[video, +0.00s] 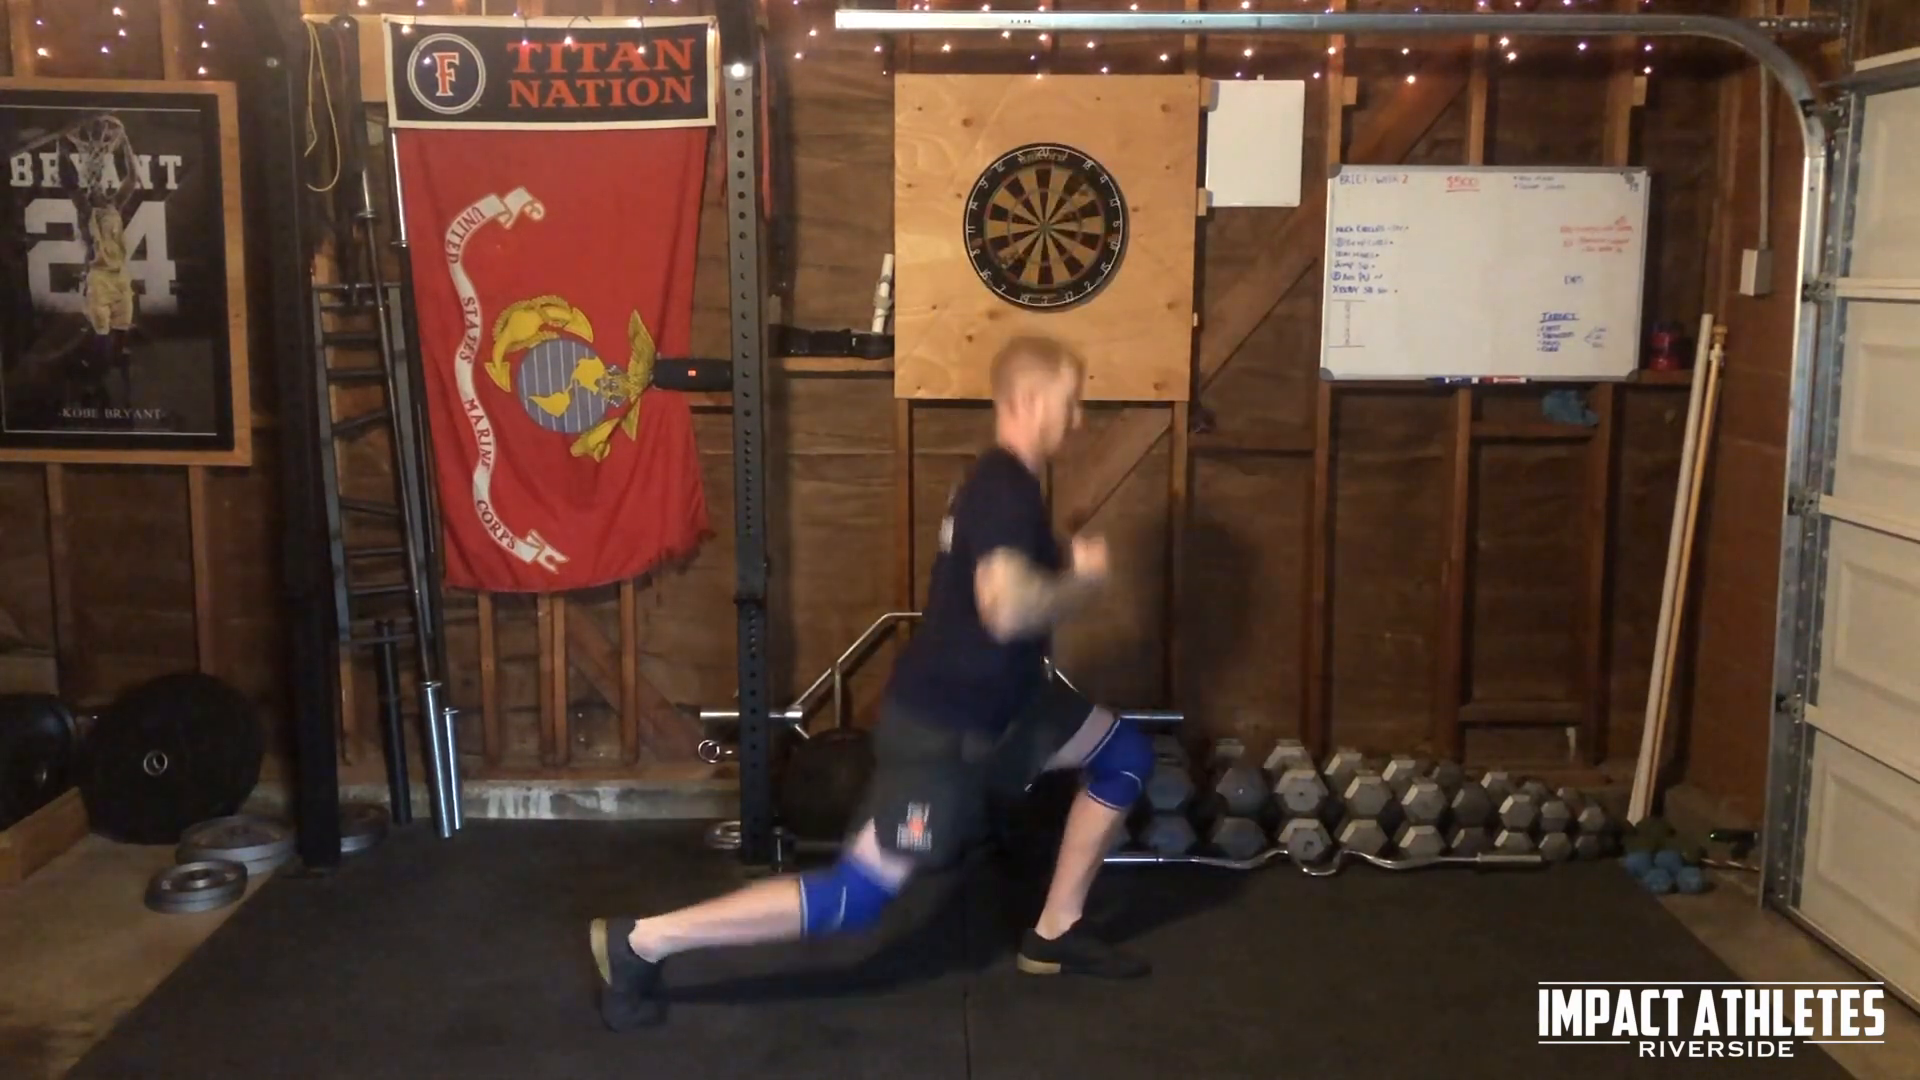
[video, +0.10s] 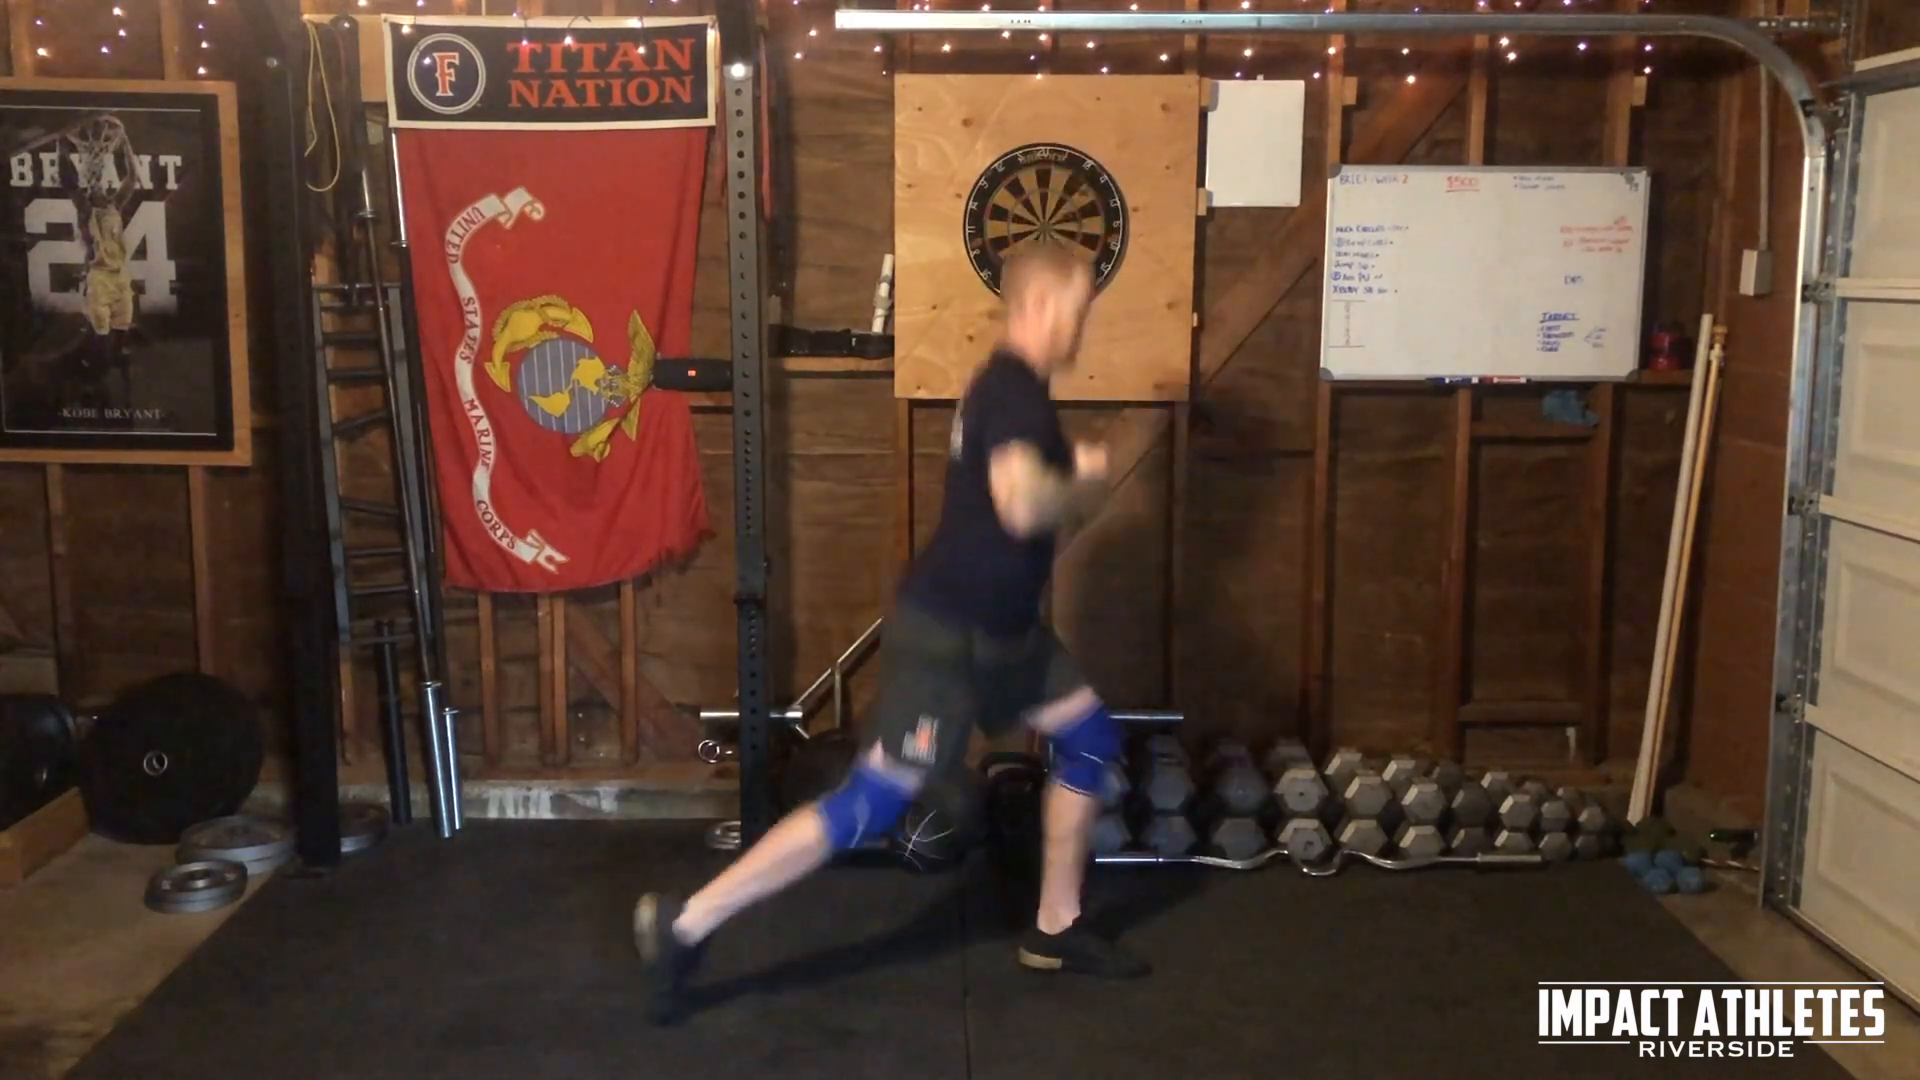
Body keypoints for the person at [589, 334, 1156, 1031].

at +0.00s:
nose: (1078, 418)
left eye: (1078, 402)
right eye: (1070, 401)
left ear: (1023, 404)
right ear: (1025, 404)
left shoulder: (1014, 481)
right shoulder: (1004, 488)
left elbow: (987, 572)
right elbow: (1005, 604)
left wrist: (1064, 560)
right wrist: (1083, 580)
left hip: (1008, 698)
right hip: (943, 716)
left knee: (1124, 757)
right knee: (856, 896)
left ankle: (1055, 932)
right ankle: (640, 941)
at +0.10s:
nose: (1082, 326)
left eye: (1085, 308)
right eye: (1075, 308)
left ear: (1046, 305)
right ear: (1034, 303)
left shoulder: (1024, 388)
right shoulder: (1011, 386)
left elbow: (1034, 502)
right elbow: (1023, 505)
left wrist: (1077, 482)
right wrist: (1084, 481)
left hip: (1008, 631)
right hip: (946, 630)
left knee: (1089, 742)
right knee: (874, 801)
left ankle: (1057, 927)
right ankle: (685, 925)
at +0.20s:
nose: (1099, 250)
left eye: (1101, 233)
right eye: (1094, 231)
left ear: (1033, 226)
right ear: (1052, 226)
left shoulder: (1026, 304)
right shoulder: (1017, 301)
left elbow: (997, 397)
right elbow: (1007, 415)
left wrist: (1066, 413)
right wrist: (1088, 420)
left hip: (989, 550)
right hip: (946, 545)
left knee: (1024, 717)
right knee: (920, 740)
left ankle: (1009, 900)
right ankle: (768, 897)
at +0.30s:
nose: (1102, 226)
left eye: (1106, 210)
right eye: (1099, 207)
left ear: (1041, 195)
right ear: (1055, 195)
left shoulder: (1014, 265)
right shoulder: (1021, 266)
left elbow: (991, 372)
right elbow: (987, 377)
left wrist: (1058, 375)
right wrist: (1076, 391)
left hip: (962, 514)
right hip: (955, 519)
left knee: (961, 698)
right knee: (978, 709)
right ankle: (881, 903)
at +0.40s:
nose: (1101, 244)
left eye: (1106, 227)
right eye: (1098, 224)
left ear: (1043, 214)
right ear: (1056, 214)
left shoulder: (1029, 289)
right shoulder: (1014, 289)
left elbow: (990, 391)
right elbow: (972, 394)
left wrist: (1062, 402)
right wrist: (1071, 414)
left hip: (960, 533)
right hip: (951, 538)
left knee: (932, 720)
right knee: (1037, 717)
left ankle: (777, 834)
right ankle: (993, 927)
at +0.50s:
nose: (1101, 308)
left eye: (1104, 292)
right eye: (1096, 290)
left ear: (1044, 283)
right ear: (1055, 283)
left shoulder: (1024, 359)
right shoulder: (1013, 356)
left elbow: (995, 465)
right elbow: (974, 462)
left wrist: (1072, 470)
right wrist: (1073, 476)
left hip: (933, 594)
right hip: (957, 602)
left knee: (887, 770)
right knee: (1079, 760)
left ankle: (717, 865)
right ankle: (1068, 971)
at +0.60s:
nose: (1103, 404)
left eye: (1104, 389)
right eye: (1098, 388)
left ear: (1044, 382)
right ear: (1059, 382)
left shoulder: (1004, 450)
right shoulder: (1019, 456)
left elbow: (993, 560)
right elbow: (985, 568)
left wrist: (1074, 560)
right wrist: (1089, 579)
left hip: (920, 685)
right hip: (963, 689)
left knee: (883, 858)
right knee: (1131, 782)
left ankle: (684, 892)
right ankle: (1071, 970)